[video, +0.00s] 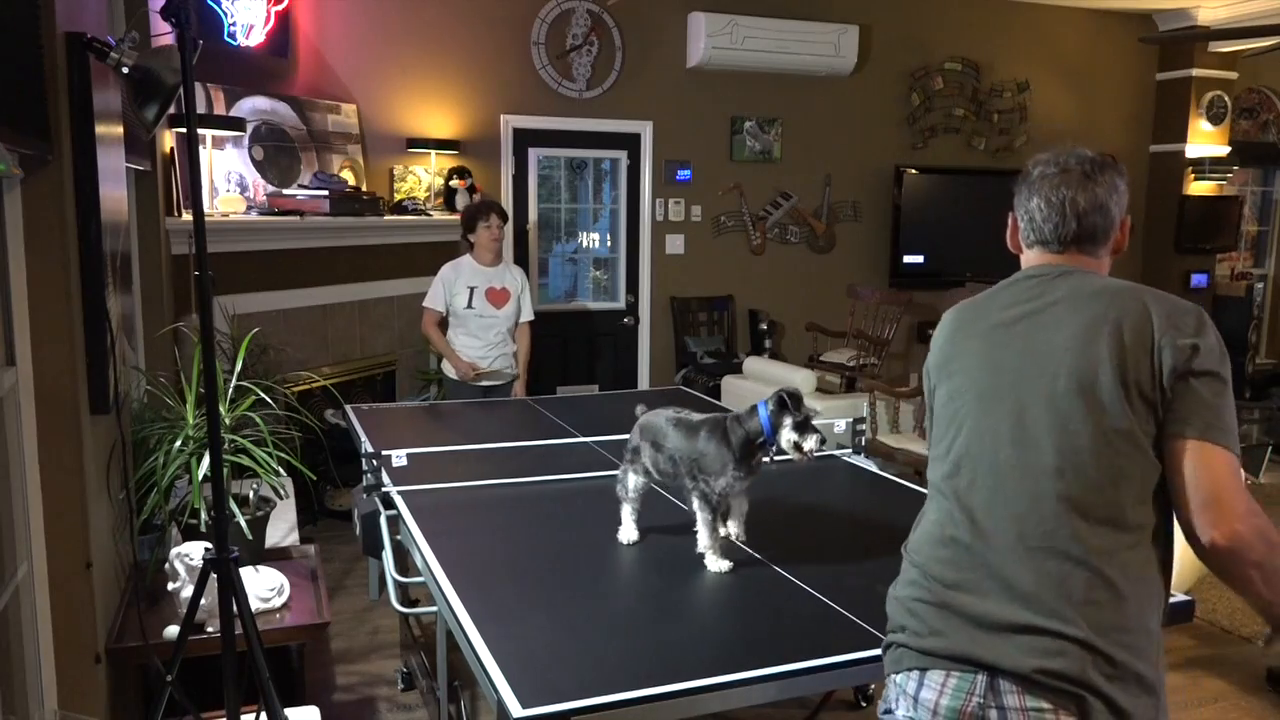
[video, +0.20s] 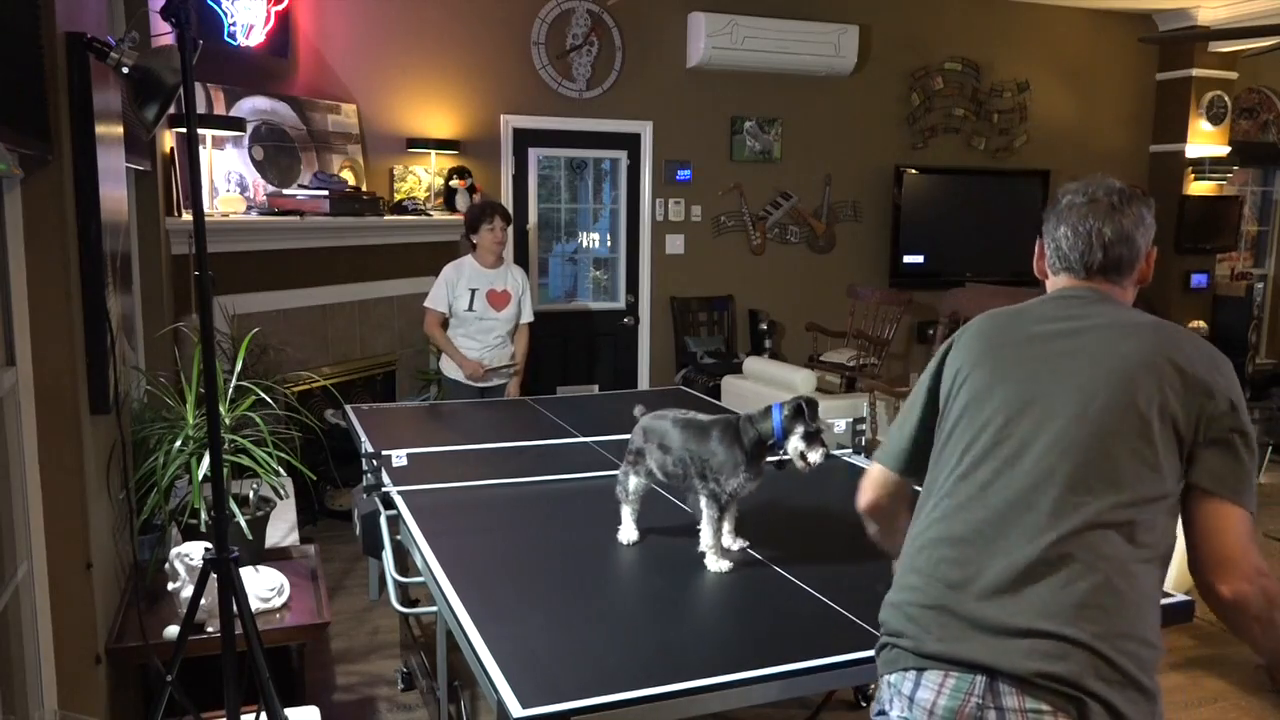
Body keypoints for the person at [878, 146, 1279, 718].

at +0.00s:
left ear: (1013, 233)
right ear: (1121, 236)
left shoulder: (953, 326)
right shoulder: (1173, 326)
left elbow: (944, 467)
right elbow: (1221, 527)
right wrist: (1277, 614)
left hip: (923, 681)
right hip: (1074, 692)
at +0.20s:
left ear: (1039, 260)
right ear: (1148, 266)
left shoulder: (971, 339)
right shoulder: (1196, 363)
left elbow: (876, 499)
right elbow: (1231, 580)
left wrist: (934, 572)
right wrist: (1275, 660)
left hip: (920, 685)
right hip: (1075, 697)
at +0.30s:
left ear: (1042, 265)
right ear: (1148, 274)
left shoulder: (966, 343)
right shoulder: (1195, 374)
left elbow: (848, 482)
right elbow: (1223, 587)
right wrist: (1268, 648)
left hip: (929, 688)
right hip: (1091, 696)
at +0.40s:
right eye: (1155, 260)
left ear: (1041, 263)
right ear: (1149, 272)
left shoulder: (965, 340)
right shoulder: (1203, 378)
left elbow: (852, 472)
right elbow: (1201, 556)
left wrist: (833, 588)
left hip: (952, 690)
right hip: (1125, 700)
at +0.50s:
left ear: (1046, 256)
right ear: (1155, 269)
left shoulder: (975, 340)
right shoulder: (1206, 376)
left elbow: (875, 476)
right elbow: (1173, 510)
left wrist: (840, 600)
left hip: (983, 689)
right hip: (1163, 698)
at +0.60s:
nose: (1054, 255)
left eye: (1056, 241)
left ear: (1065, 243)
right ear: (1173, 263)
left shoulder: (998, 339)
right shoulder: (1217, 365)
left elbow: (906, 494)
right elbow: (1198, 518)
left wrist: (862, 603)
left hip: (1025, 686)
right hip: (1202, 690)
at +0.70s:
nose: (1068, 242)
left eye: (1072, 224)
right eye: (1071, 224)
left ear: (1089, 227)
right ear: (1193, 251)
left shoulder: (1035, 333)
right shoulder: (1245, 358)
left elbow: (964, 512)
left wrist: (890, 602)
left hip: (1080, 688)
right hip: (1243, 683)